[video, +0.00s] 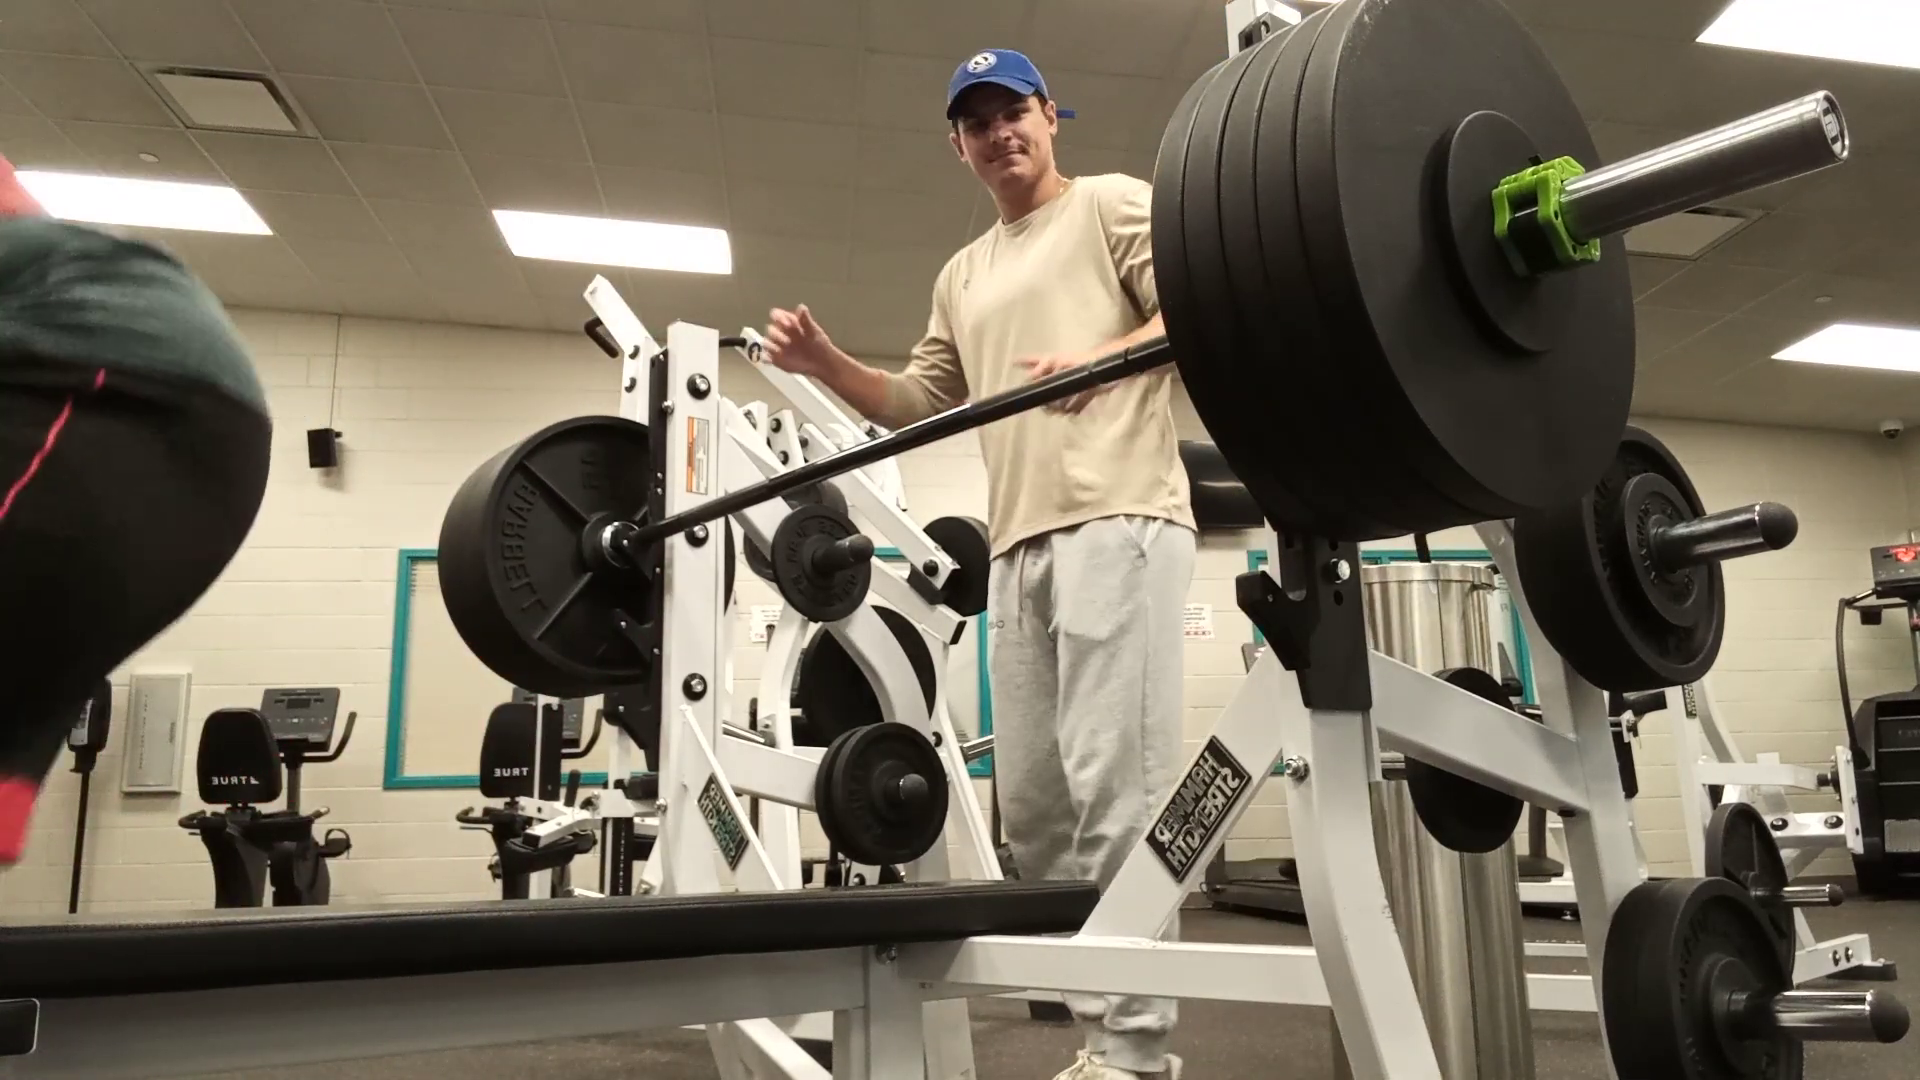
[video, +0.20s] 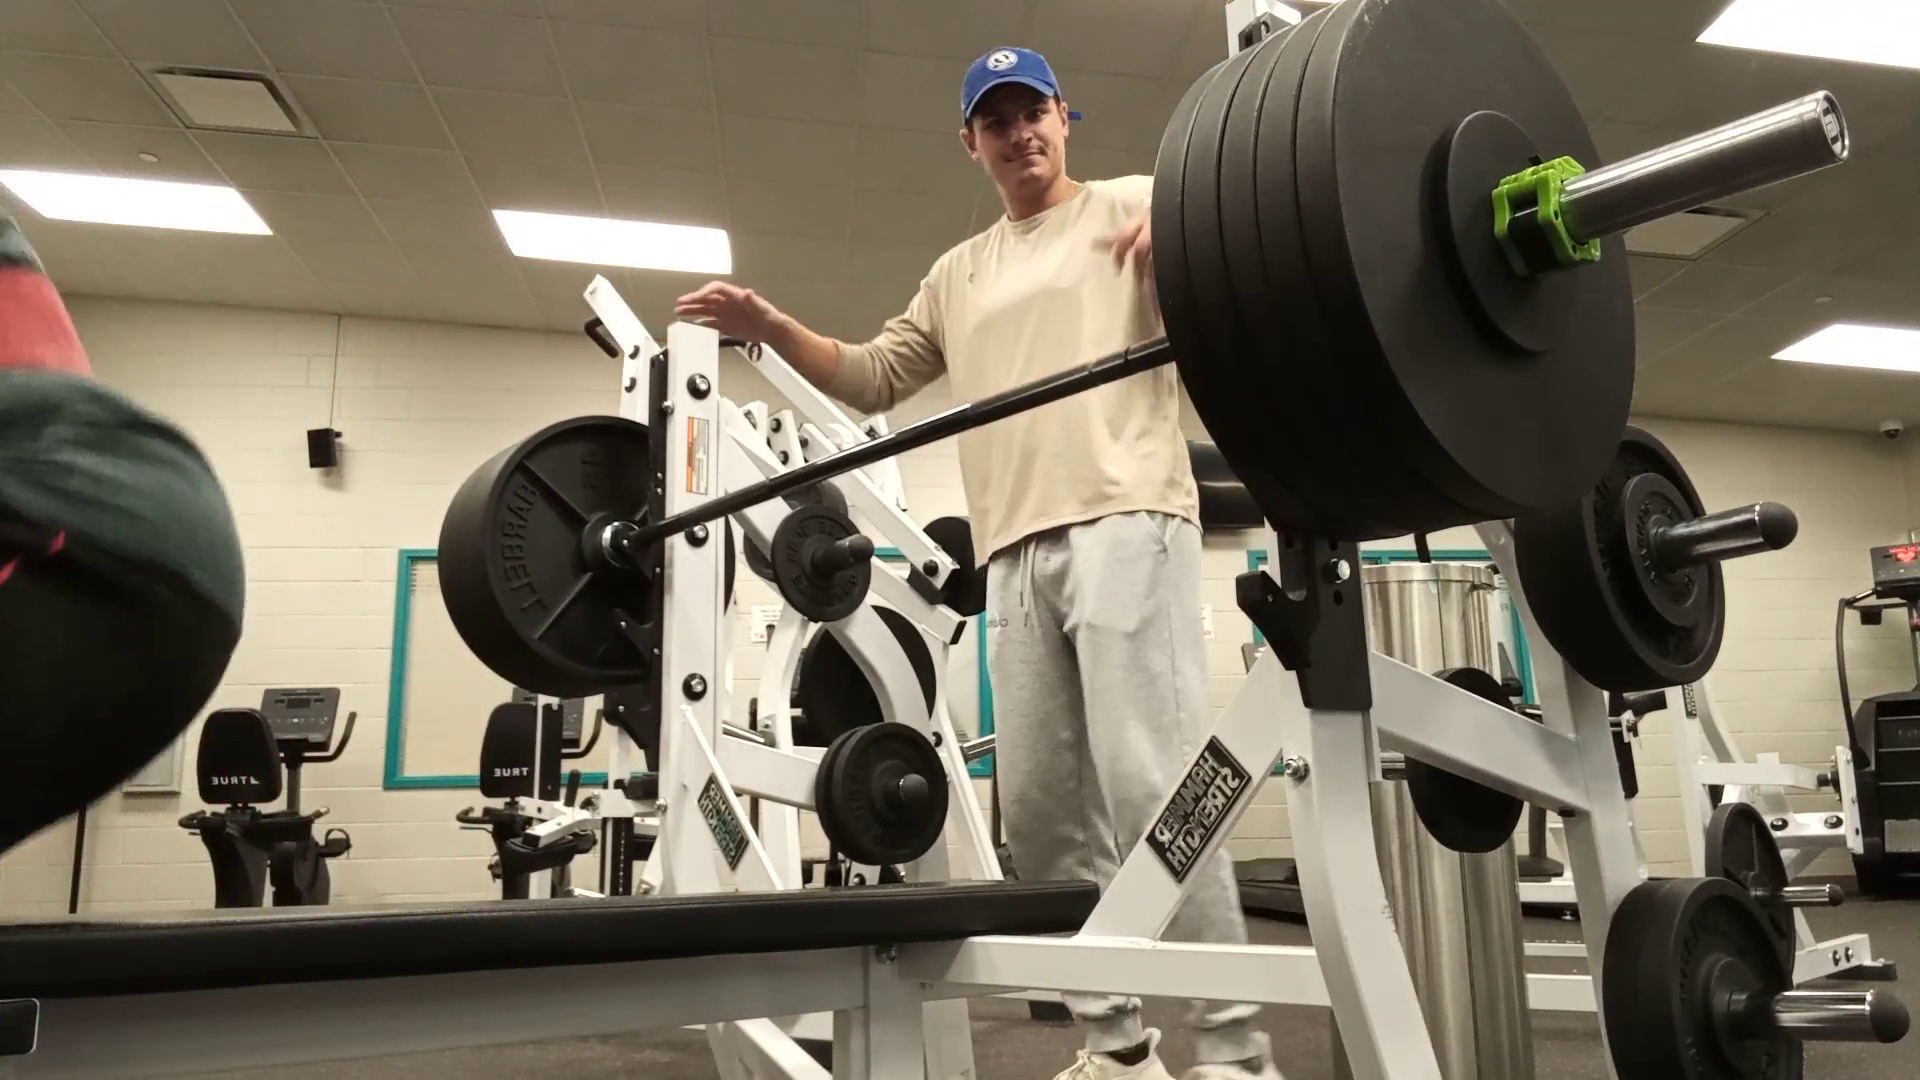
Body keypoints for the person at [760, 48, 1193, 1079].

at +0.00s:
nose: (996, 131)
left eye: (1010, 111)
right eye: (975, 122)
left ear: (1052, 119)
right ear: (960, 147)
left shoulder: (1114, 204)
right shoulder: (961, 276)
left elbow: (1187, 315)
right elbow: (917, 405)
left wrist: (1098, 363)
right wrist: (826, 363)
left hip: (1121, 525)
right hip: (1020, 547)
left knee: (1116, 779)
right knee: (1034, 800)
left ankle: (1136, 1044)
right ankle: (1092, 1020)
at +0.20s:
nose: (1015, 132)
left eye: (1029, 112)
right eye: (994, 122)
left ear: (1065, 120)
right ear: (972, 146)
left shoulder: (1132, 201)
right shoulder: (955, 272)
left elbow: (1227, 274)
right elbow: (873, 379)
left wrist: (1171, 238)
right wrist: (770, 324)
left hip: (1131, 520)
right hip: (1018, 545)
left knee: (1156, 776)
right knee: (1043, 806)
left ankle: (1228, 1047)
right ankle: (1116, 1040)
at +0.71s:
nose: (1083, 64)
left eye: (1100, 40)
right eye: (1061, 51)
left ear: (1144, 51)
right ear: (1044, 77)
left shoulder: (1208, 153)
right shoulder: (1023, 217)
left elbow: (1328, 161)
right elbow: (905, 302)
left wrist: (1269, 60)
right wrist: (752, 312)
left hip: (1216, 506)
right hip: (1089, 533)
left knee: (1266, 789)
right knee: (1086, 803)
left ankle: (1322, 1047)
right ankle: (1127, 1043)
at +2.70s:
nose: (966, 93)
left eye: (975, 64)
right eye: (957, 77)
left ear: (1042, 28)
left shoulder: (1177, 97)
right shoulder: (1004, 190)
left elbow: (1311, 119)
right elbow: (896, 274)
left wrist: (1291, 37)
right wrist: (735, 314)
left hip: (1195, 510)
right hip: (1086, 533)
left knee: (1123, 793)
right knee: (1175, 805)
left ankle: (1103, 1061)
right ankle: (1264, 1056)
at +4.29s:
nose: (1000, 86)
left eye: (1014, 57)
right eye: (987, 70)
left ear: (1079, 25)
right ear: (984, 76)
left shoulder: (1187, 100)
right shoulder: (1006, 192)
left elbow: (1317, 105)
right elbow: (891, 279)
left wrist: (1292, 35)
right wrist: (734, 314)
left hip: (1201, 508)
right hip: (1090, 530)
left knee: (1127, 793)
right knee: (1174, 803)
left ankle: (1101, 1064)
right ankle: (1265, 1059)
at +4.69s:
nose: (1000, 87)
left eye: (1014, 57)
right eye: (987, 71)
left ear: (1079, 25)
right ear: (984, 78)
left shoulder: (1186, 101)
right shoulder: (1005, 193)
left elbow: (1316, 102)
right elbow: (889, 280)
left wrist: (1291, 34)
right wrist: (733, 314)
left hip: (1201, 508)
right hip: (1090, 531)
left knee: (1129, 794)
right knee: (1176, 805)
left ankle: (1102, 1061)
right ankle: (1264, 1057)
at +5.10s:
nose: (987, 97)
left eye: (997, 68)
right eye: (978, 79)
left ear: (1067, 34)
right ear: (1002, 73)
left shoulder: (1188, 101)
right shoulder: (1007, 193)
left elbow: (1320, 111)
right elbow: (897, 279)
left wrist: (1295, 35)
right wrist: (736, 314)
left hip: (1201, 510)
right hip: (1090, 533)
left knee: (1128, 793)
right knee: (1174, 804)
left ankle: (1102, 1064)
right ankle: (1266, 1060)